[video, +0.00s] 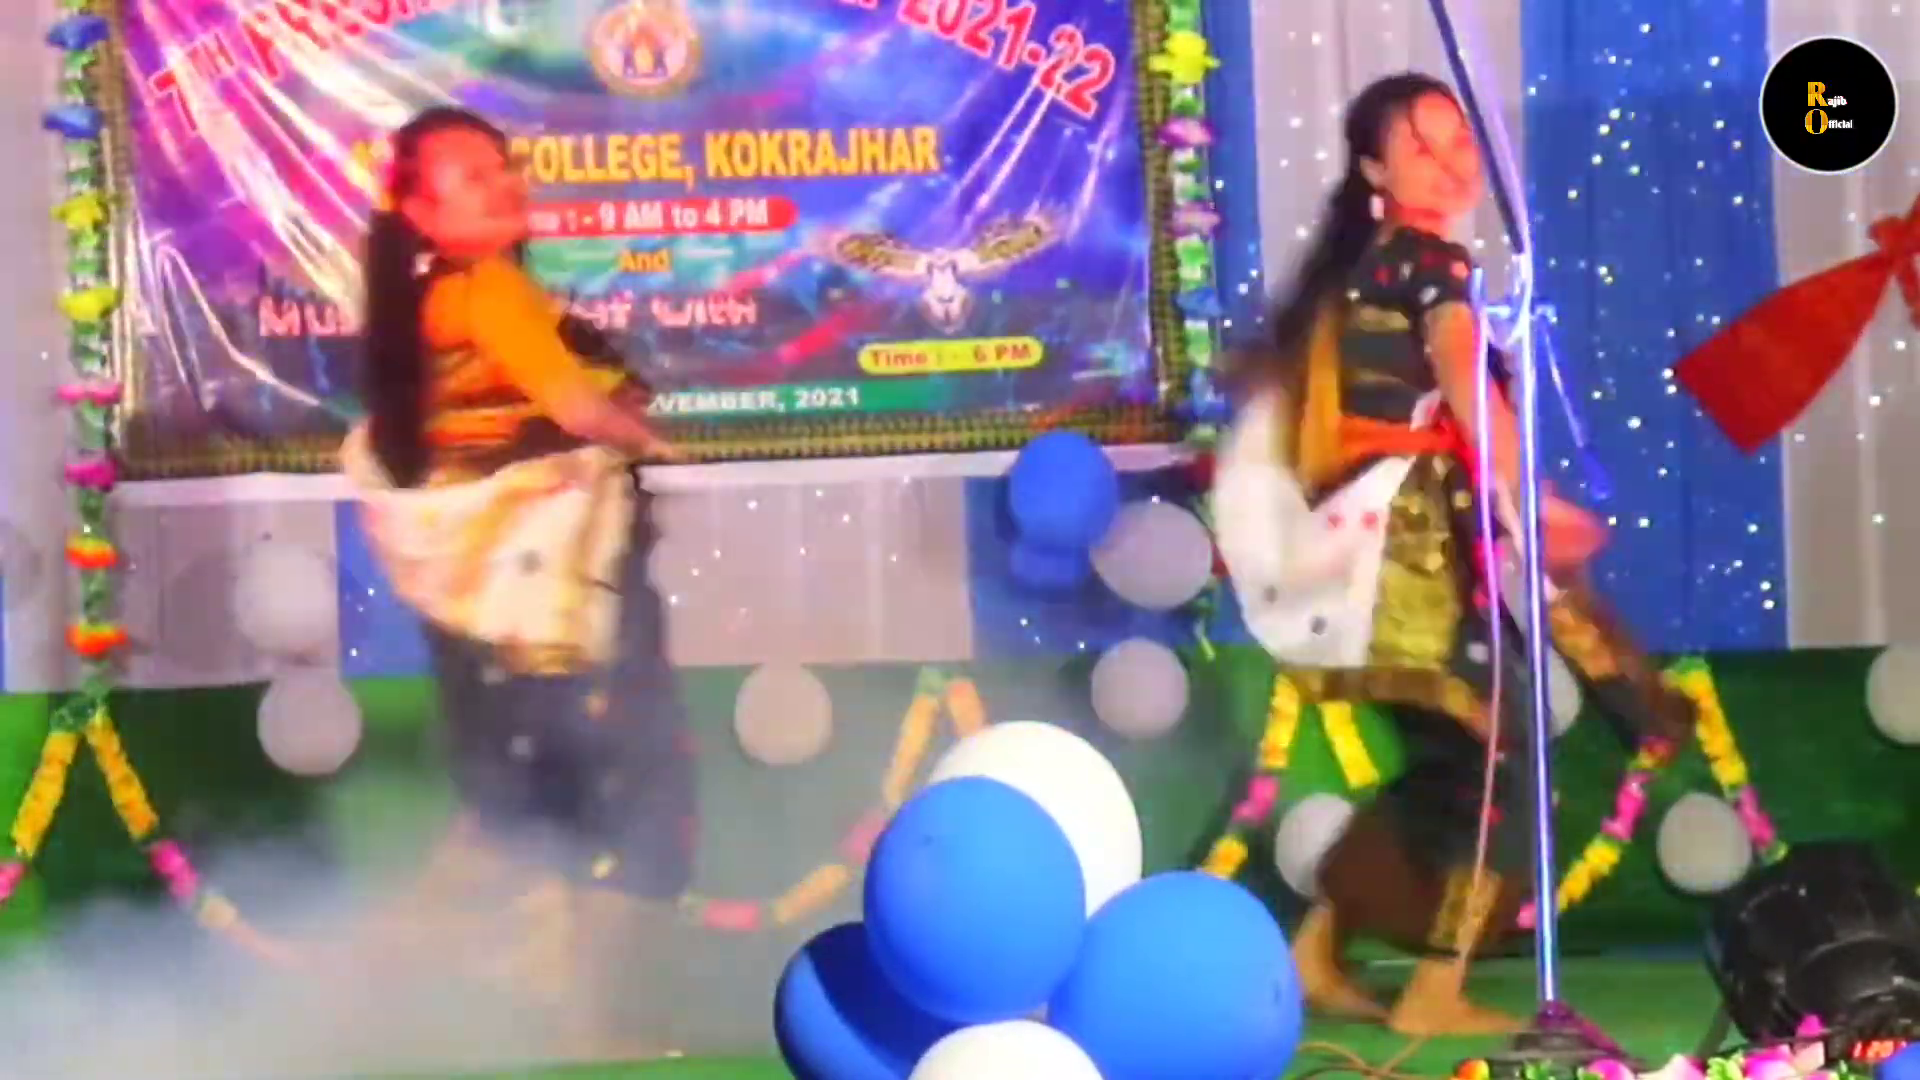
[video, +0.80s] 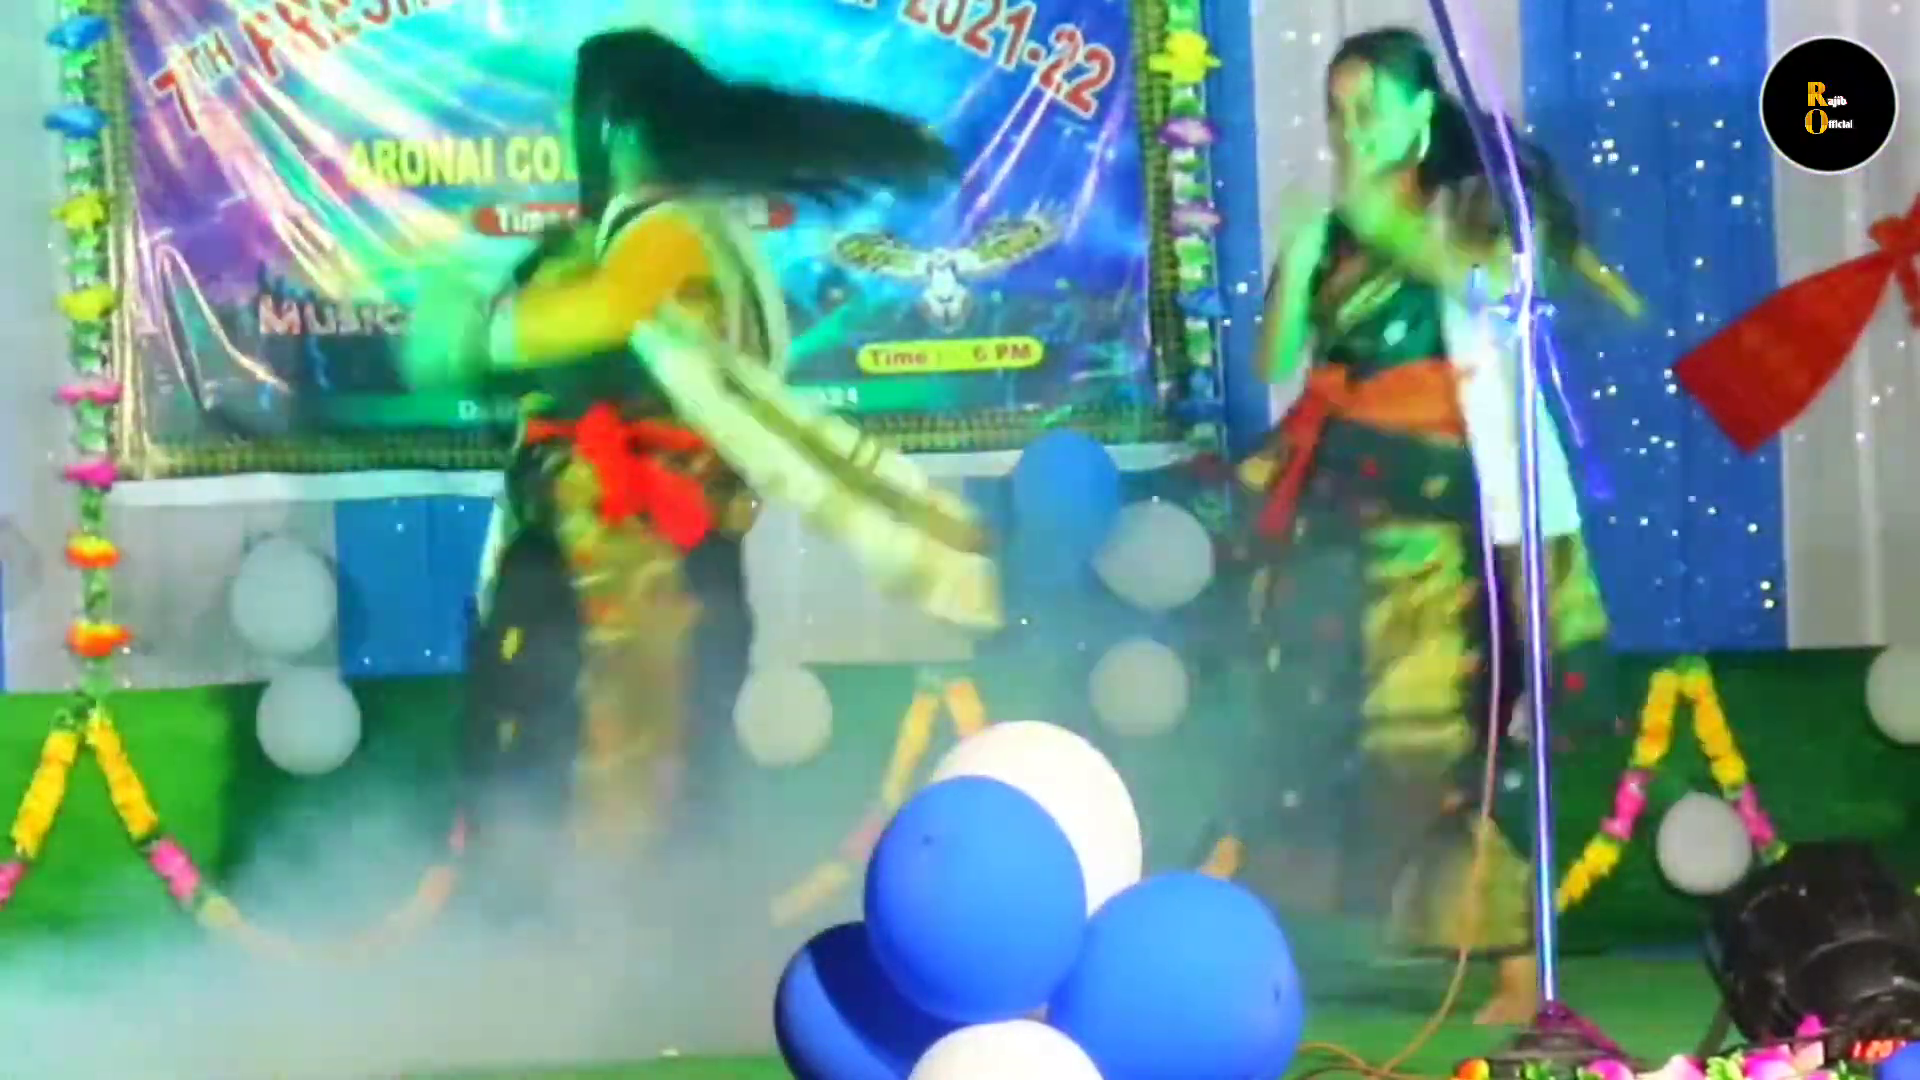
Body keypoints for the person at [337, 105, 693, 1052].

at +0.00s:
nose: (504, 186)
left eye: (501, 166)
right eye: (472, 178)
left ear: (510, 173)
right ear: (422, 213)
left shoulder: (428, 298)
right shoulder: (490, 292)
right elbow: (573, 405)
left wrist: (587, 383)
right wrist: (645, 436)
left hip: (481, 607)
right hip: (559, 609)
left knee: (511, 803)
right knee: (633, 810)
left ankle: (381, 969)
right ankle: (592, 1026)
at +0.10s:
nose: (534, 163)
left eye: (532, 143)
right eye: (501, 153)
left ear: (546, 156)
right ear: (449, 185)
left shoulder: (546, 277)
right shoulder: (489, 277)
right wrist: (628, 358)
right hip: (563, 577)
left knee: (562, 782)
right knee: (650, 787)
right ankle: (600, 1011)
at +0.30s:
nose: (581, 107)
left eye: (590, 91)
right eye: (550, 100)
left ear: (615, 111)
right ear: (505, 141)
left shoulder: (645, 236)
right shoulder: (522, 218)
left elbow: (758, 299)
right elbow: (472, 285)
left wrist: (845, 304)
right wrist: (438, 231)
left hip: (690, 502)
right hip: (605, 511)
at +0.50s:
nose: (569, 172)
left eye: (587, 153)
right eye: (561, 156)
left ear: (646, 157)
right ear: (557, 171)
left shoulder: (735, 273)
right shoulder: (544, 285)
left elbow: (826, 351)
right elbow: (509, 390)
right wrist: (619, 349)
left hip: (728, 524)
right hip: (604, 531)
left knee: (769, 725)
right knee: (639, 739)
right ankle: (657, 958)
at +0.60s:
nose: (591, 128)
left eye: (607, 110)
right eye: (582, 112)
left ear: (660, 104)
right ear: (569, 120)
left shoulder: (734, 184)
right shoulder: (553, 206)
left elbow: (721, 243)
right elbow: (464, 287)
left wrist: (634, 178)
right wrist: (544, 207)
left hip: (696, 470)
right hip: (572, 476)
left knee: (712, 696)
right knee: (590, 708)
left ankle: (728, 924)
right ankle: (642, 936)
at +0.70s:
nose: (596, 103)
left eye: (611, 84)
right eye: (593, 85)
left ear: (653, 80)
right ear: (590, 88)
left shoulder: (720, 179)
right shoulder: (569, 197)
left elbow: (659, 232)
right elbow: (454, 283)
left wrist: (571, 181)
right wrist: (523, 191)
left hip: (666, 476)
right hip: (554, 479)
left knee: (672, 695)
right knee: (552, 704)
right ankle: (593, 900)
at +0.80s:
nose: (572, 137)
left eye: (582, 116)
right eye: (577, 116)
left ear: (620, 125)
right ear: (669, 119)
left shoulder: (672, 232)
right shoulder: (636, 233)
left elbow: (610, 311)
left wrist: (485, 328)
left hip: (645, 545)